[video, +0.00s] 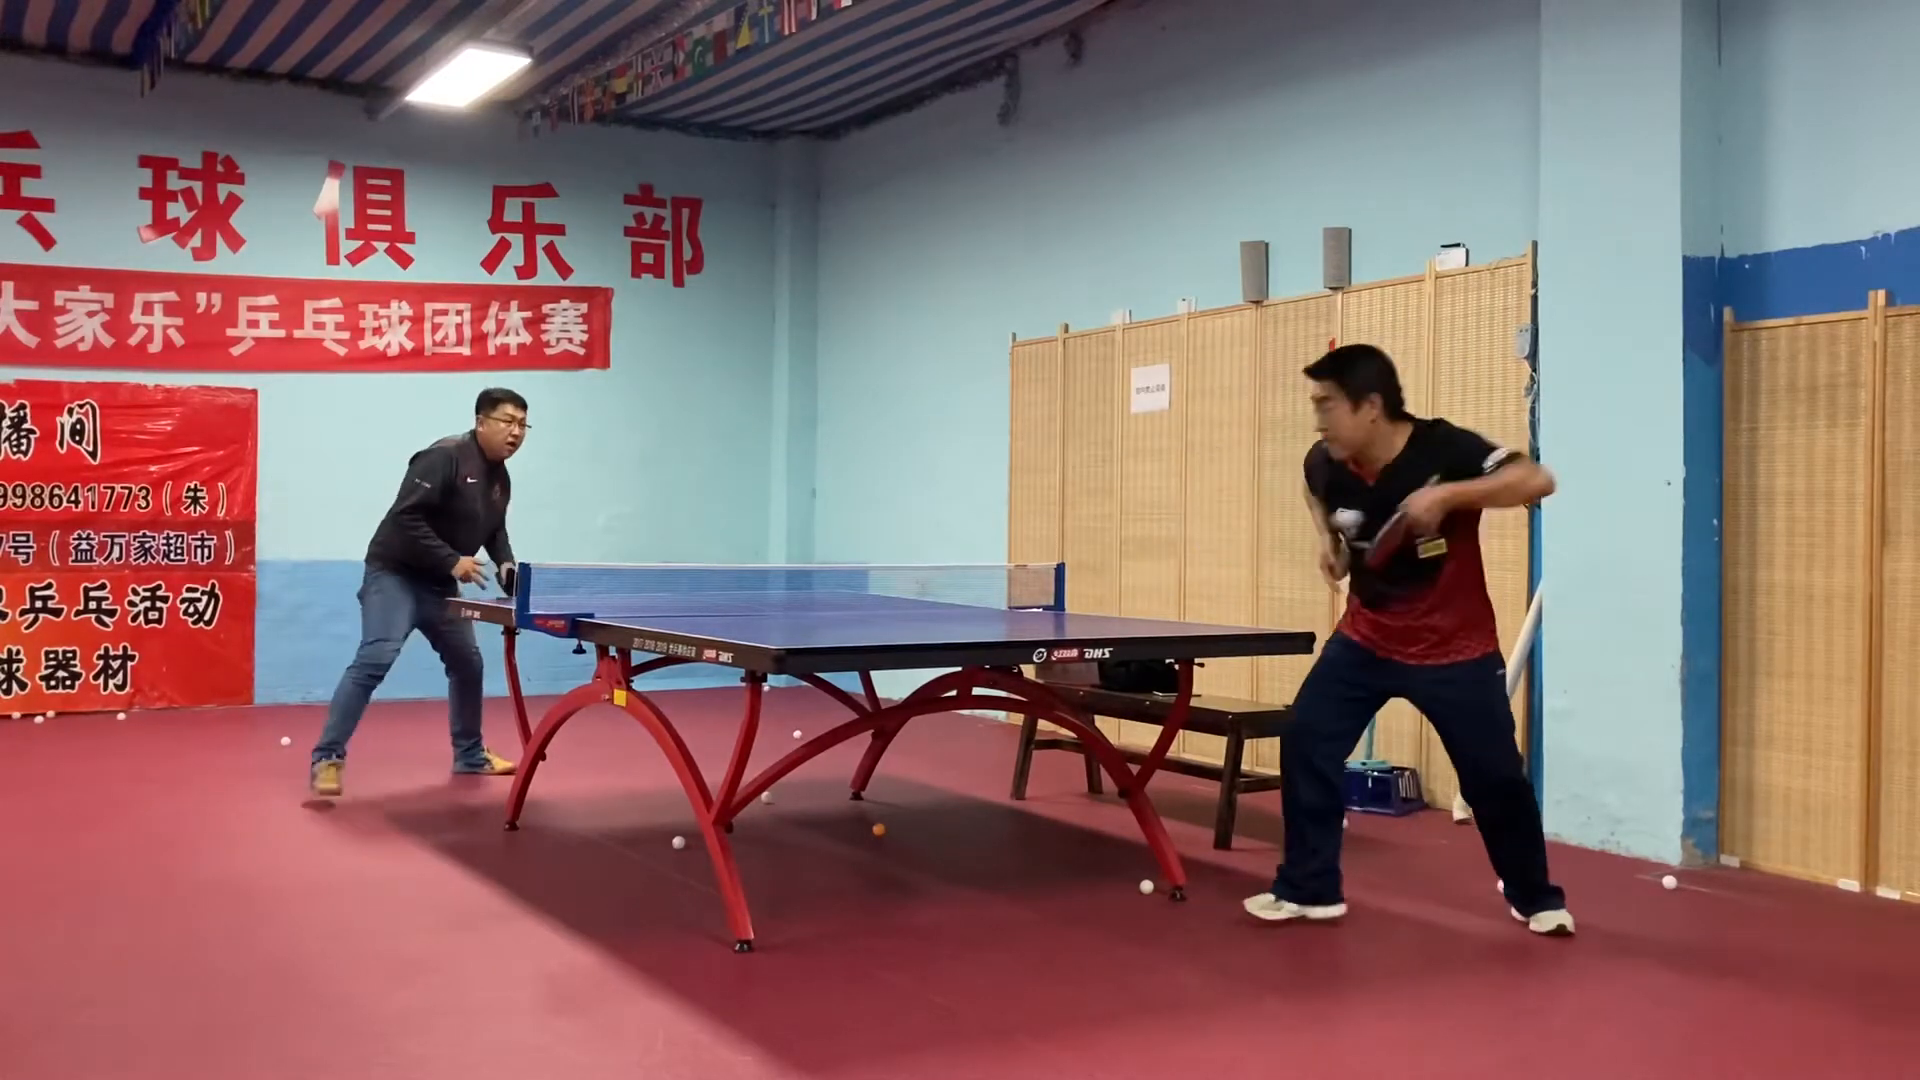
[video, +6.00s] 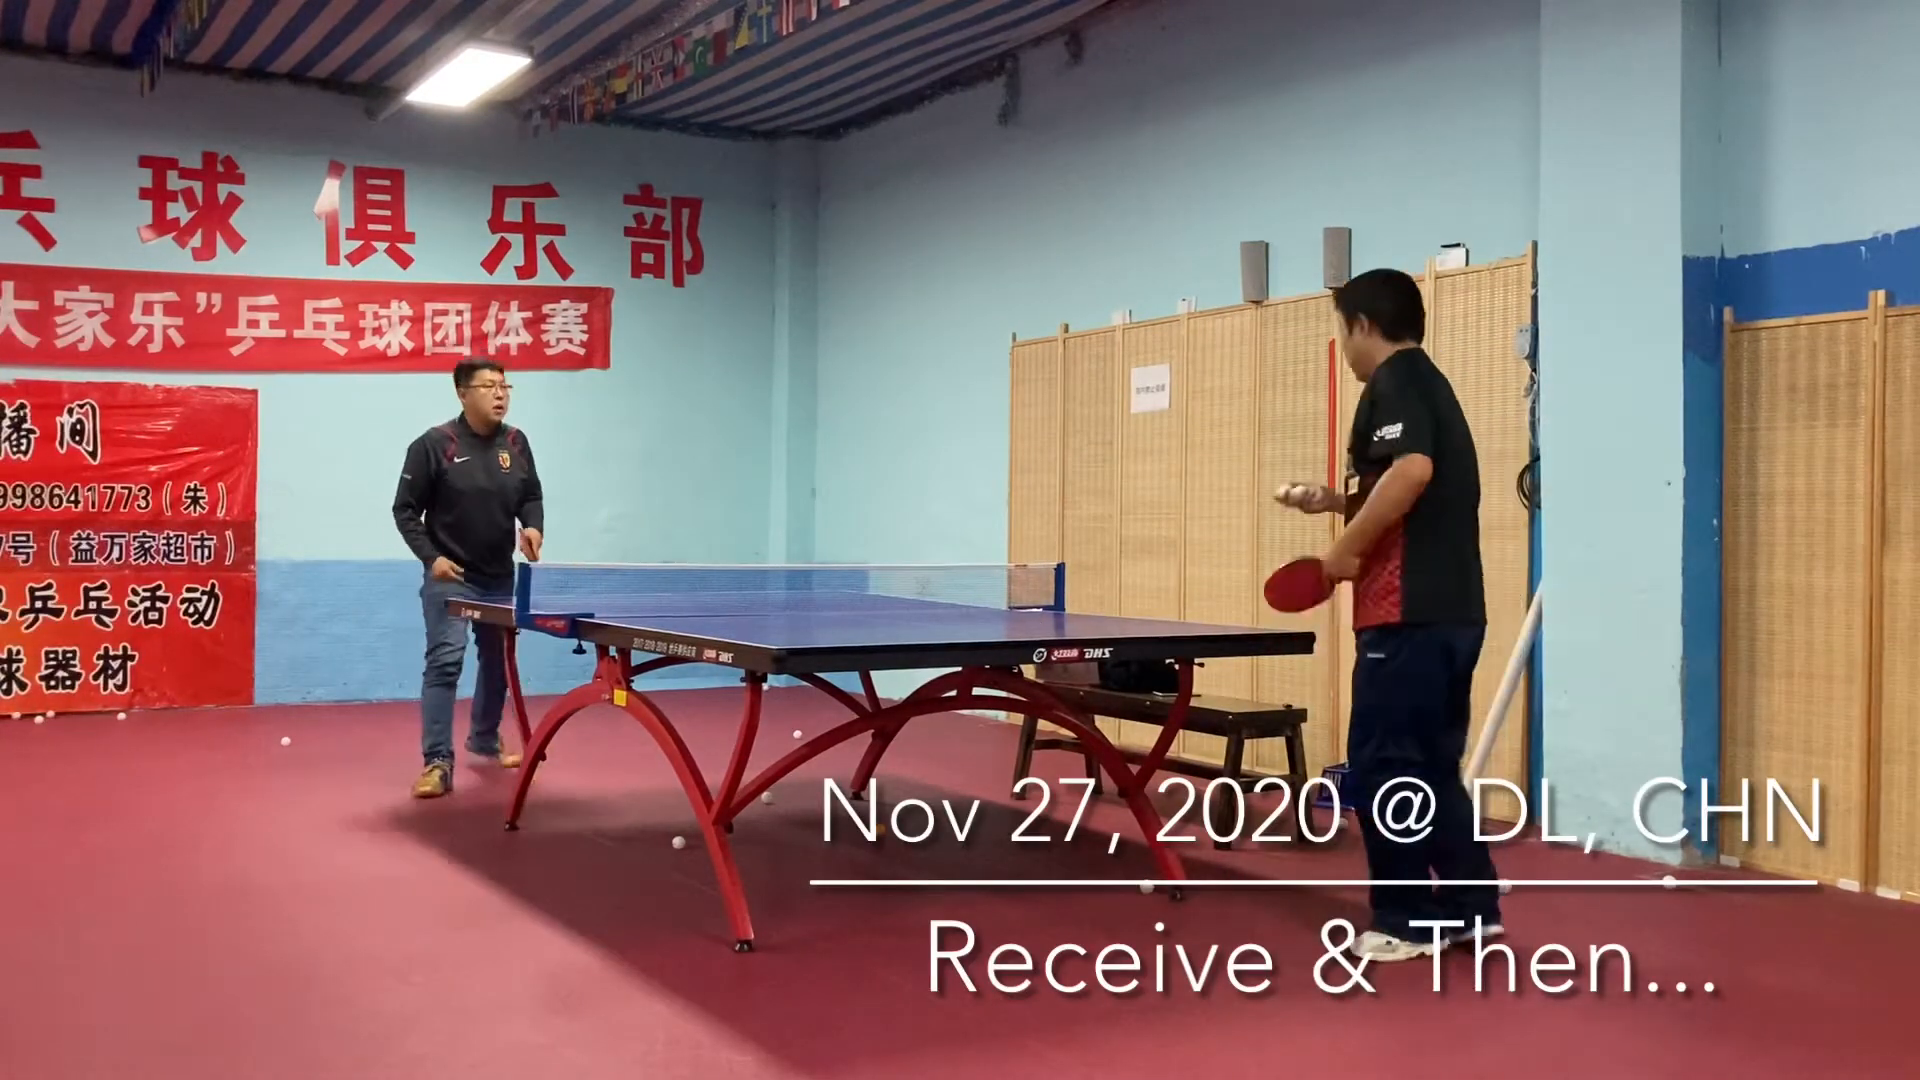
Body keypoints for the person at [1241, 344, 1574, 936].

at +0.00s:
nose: (1318, 419)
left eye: (1327, 405)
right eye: (1315, 406)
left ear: (1371, 407)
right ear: (1361, 409)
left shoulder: (1443, 446)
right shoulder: (1326, 465)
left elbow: (1537, 480)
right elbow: (1316, 493)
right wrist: (1329, 539)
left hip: (1454, 648)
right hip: (1366, 641)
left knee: (1496, 777)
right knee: (1307, 742)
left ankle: (1537, 897)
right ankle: (1310, 888)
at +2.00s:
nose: (1142, 363)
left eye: (1143, 346)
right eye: (1141, 347)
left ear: (1167, 343)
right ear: (1217, 341)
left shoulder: (1178, 432)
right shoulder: (1281, 413)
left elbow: (1171, 547)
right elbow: (1328, 507)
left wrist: (1072, 557)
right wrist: (1245, 553)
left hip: (1234, 652)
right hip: (1314, 648)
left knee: (1124, 776)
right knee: (1318, 800)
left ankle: (1076, 957)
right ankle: (1392, 970)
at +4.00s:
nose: (1315, 414)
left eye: (1314, 398)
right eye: (1313, 399)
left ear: (1334, 391)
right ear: (1388, 384)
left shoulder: (1333, 476)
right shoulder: (1472, 438)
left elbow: (1331, 590)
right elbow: (1547, 516)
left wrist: (1378, 562)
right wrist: (1562, 611)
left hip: (1422, 665)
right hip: (1503, 662)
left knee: (1333, 799)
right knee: (1441, 781)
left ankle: (1313, 986)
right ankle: (1465, 938)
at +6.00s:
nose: (1343, 347)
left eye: (1344, 332)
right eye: (1342, 333)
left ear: (1365, 326)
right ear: (1405, 325)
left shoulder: (1395, 381)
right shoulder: (1426, 383)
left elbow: (1413, 469)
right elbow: (1410, 494)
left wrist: (1348, 546)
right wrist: (1334, 499)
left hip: (1408, 617)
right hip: (1443, 613)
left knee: (1385, 770)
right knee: (1431, 765)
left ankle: (1411, 922)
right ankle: (1470, 908)